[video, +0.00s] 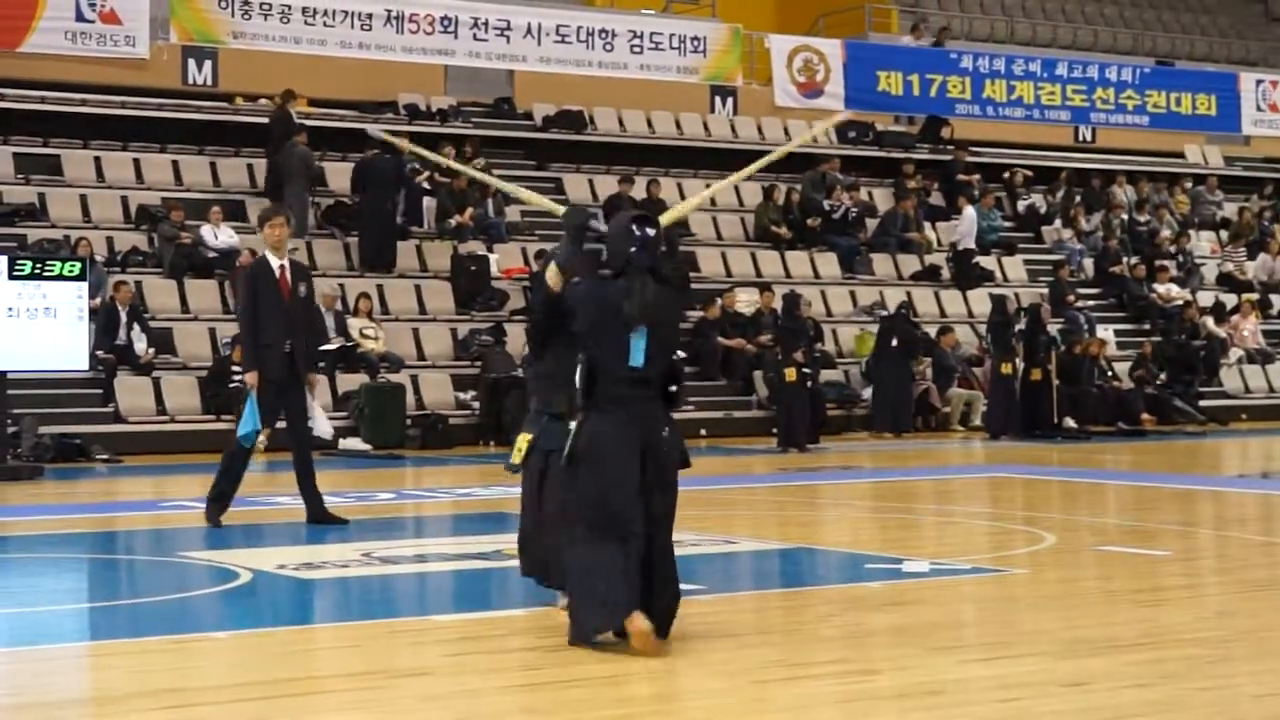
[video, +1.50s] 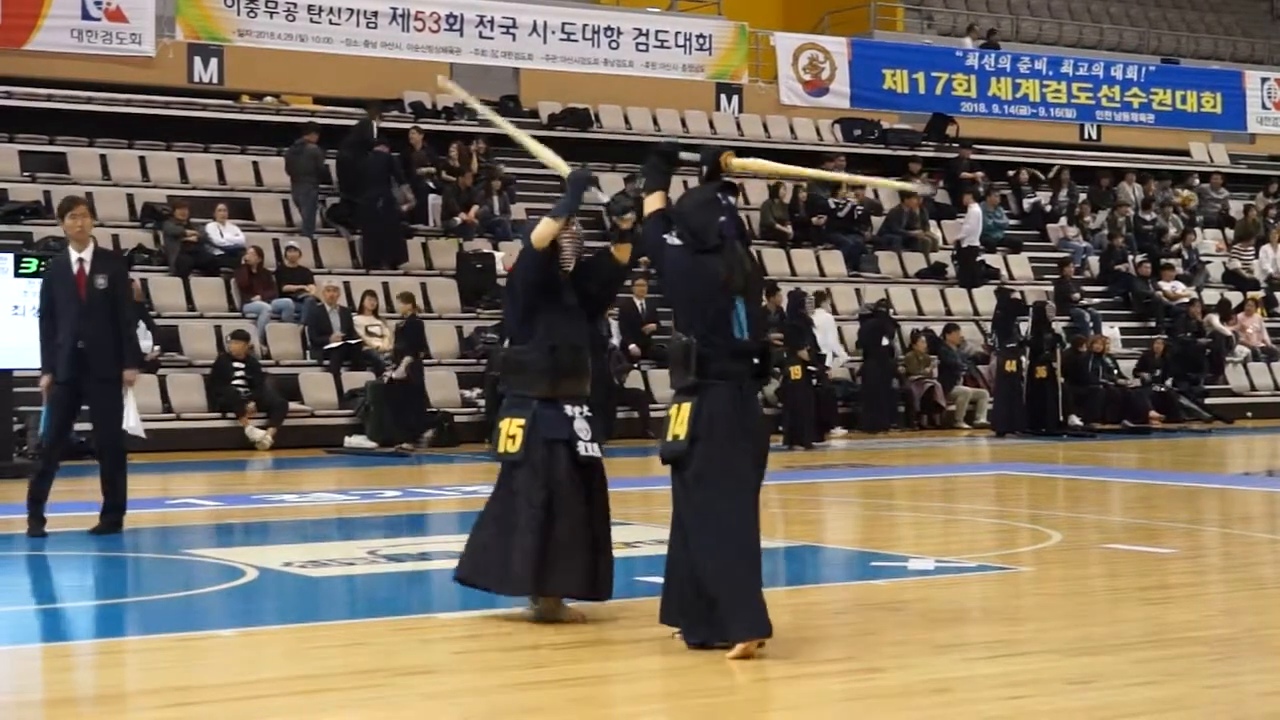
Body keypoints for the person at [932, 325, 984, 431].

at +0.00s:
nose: (954, 339)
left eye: (954, 336)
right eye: (951, 336)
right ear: (942, 338)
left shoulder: (951, 353)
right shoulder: (939, 353)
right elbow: (951, 367)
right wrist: (960, 368)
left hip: (954, 388)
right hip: (942, 389)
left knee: (978, 396)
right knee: (960, 394)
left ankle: (975, 422)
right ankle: (954, 423)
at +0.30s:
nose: (954, 338)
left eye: (953, 335)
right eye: (951, 335)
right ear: (941, 337)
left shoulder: (951, 353)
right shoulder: (938, 353)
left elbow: (961, 363)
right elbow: (949, 366)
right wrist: (959, 368)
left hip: (954, 387)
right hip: (941, 389)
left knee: (977, 395)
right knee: (960, 394)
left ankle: (974, 421)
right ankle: (953, 423)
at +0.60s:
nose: (955, 338)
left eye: (955, 335)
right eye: (952, 335)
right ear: (942, 337)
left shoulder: (952, 353)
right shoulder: (939, 353)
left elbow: (963, 364)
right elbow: (950, 366)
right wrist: (960, 368)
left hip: (954, 387)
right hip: (941, 388)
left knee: (978, 395)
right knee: (960, 394)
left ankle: (975, 421)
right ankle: (954, 423)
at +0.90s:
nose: (957, 338)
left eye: (956, 335)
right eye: (954, 335)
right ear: (945, 337)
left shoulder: (954, 352)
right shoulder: (940, 352)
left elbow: (965, 364)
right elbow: (950, 366)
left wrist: (958, 367)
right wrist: (962, 367)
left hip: (956, 387)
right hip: (944, 388)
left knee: (980, 395)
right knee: (962, 393)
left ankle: (976, 420)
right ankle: (955, 422)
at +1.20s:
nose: (958, 338)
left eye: (958, 335)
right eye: (955, 335)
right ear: (946, 337)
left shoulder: (955, 352)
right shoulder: (941, 351)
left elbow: (967, 363)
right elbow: (952, 366)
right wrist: (963, 367)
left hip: (958, 386)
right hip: (945, 387)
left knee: (981, 394)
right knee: (964, 393)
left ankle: (978, 420)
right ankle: (957, 422)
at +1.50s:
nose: (960, 336)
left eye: (959, 333)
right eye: (957, 333)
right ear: (948, 335)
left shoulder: (956, 350)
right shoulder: (943, 350)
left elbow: (969, 361)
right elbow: (953, 363)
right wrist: (966, 366)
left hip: (960, 386)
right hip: (947, 387)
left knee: (983, 393)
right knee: (966, 392)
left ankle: (980, 419)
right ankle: (959, 421)